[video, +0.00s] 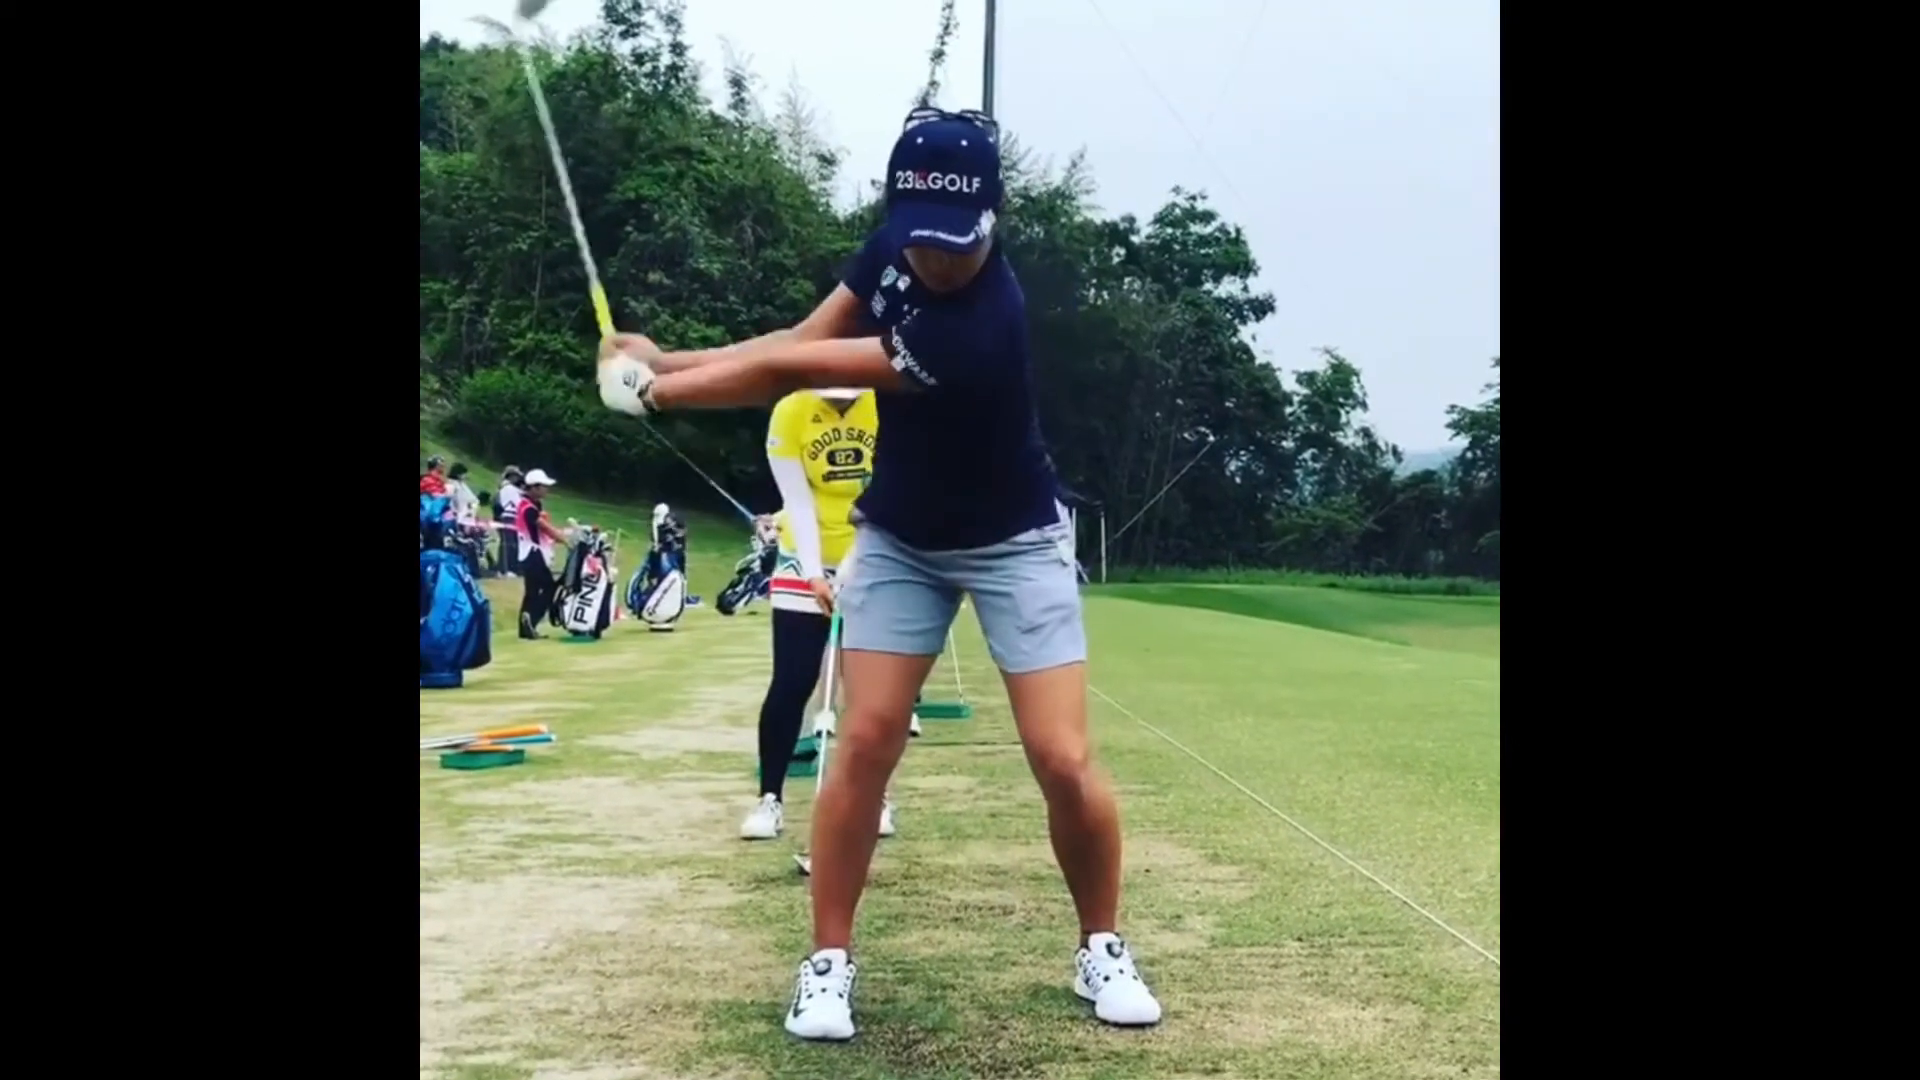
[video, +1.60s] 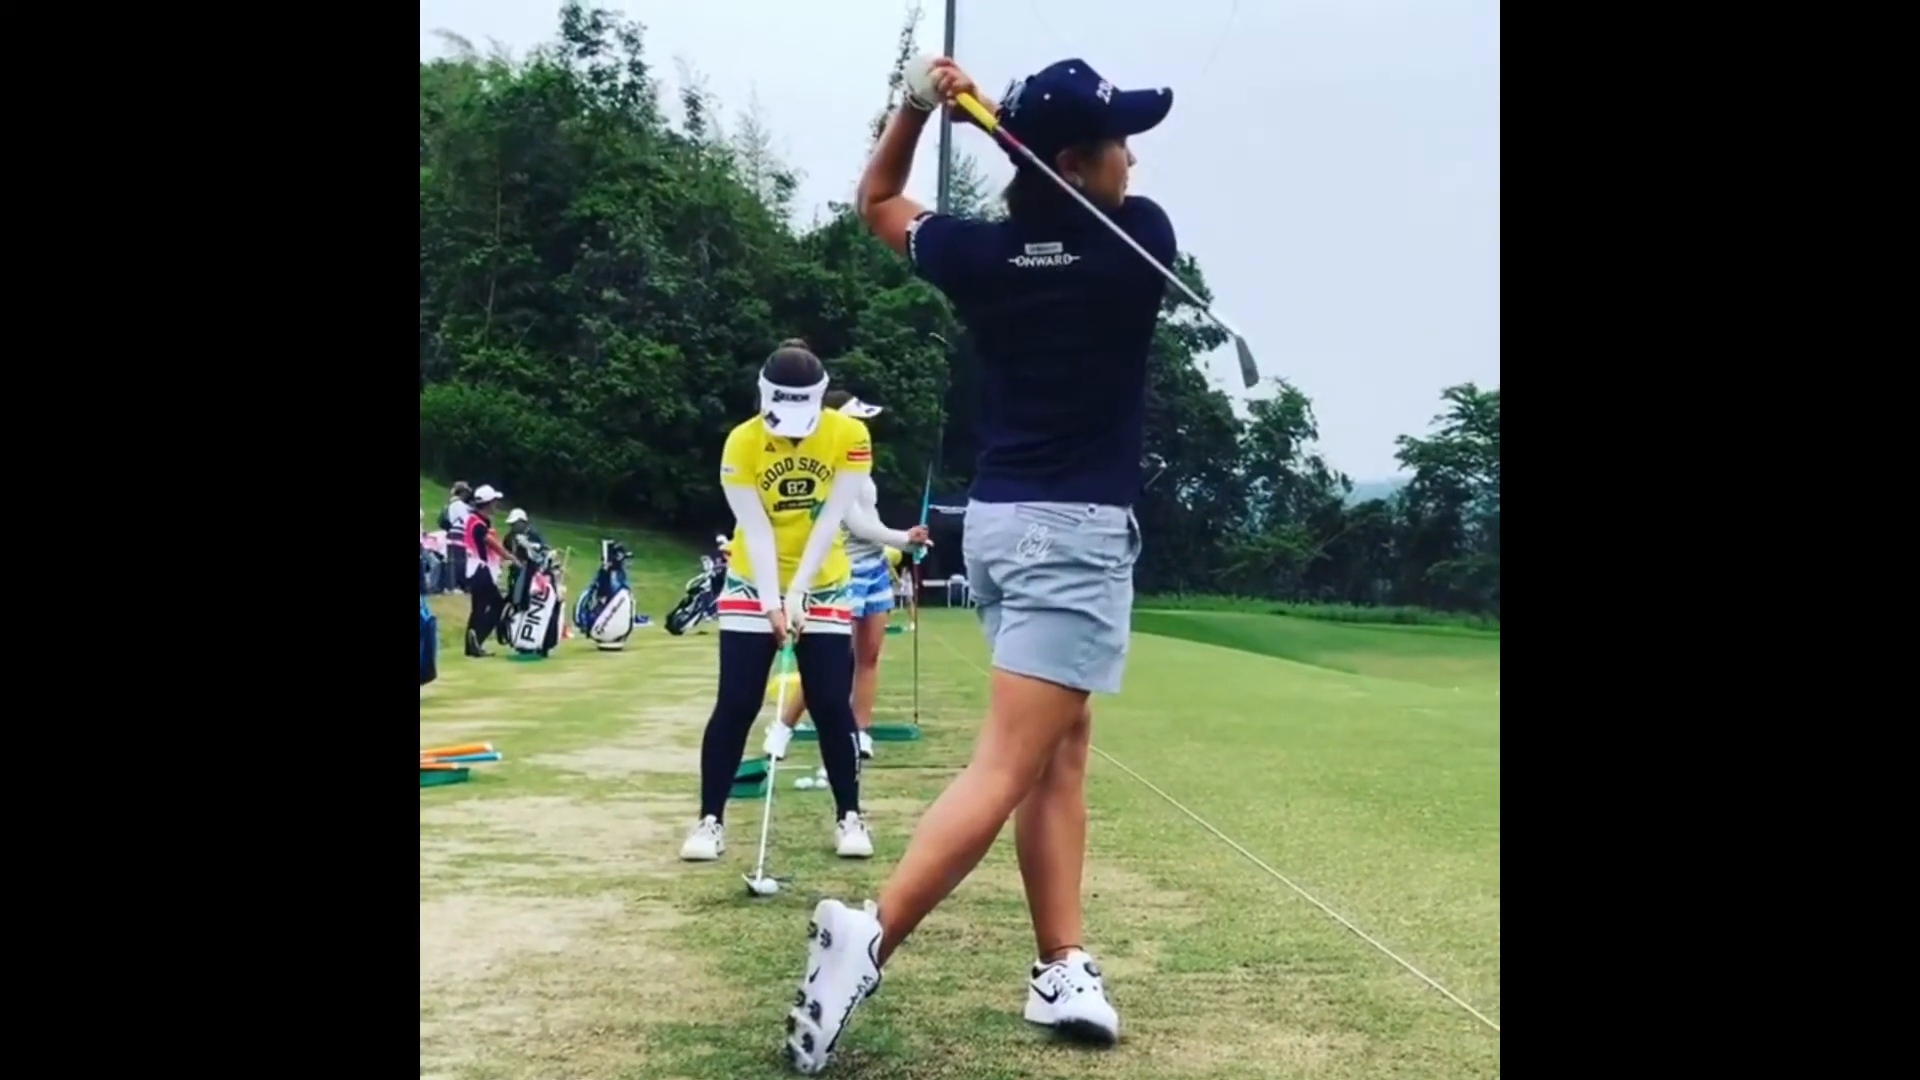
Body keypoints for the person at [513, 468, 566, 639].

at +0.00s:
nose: (546, 491)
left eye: (546, 487)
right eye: (543, 487)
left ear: (535, 489)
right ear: (533, 488)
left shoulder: (531, 506)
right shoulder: (529, 509)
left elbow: (546, 527)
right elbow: (546, 529)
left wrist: (563, 534)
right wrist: (565, 539)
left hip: (533, 551)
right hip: (532, 552)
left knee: (532, 589)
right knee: (549, 585)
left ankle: (525, 626)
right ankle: (532, 618)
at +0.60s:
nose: (527, 497)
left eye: (527, 493)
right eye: (524, 493)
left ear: (515, 495)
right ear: (515, 495)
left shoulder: (512, 512)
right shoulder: (509, 516)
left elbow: (526, 535)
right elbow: (526, 536)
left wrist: (543, 541)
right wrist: (545, 546)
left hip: (513, 557)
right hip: (512, 559)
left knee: (511, 596)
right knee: (529, 594)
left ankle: (505, 635)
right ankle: (511, 626)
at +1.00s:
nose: (508, 500)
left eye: (508, 496)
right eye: (506, 497)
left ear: (493, 498)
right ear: (498, 498)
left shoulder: (486, 515)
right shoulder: (491, 519)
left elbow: (505, 537)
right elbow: (508, 540)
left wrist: (524, 544)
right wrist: (526, 551)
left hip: (488, 559)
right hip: (493, 562)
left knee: (491, 599)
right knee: (509, 597)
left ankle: (484, 637)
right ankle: (491, 631)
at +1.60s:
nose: (496, 506)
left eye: (495, 502)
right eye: (494, 502)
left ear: (480, 503)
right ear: (486, 504)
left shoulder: (474, 521)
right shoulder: (478, 525)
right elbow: (496, 546)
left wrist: (508, 557)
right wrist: (514, 559)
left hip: (475, 565)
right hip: (479, 568)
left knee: (479, 606)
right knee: (498, 602)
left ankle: (472, 645)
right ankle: (478, 636)